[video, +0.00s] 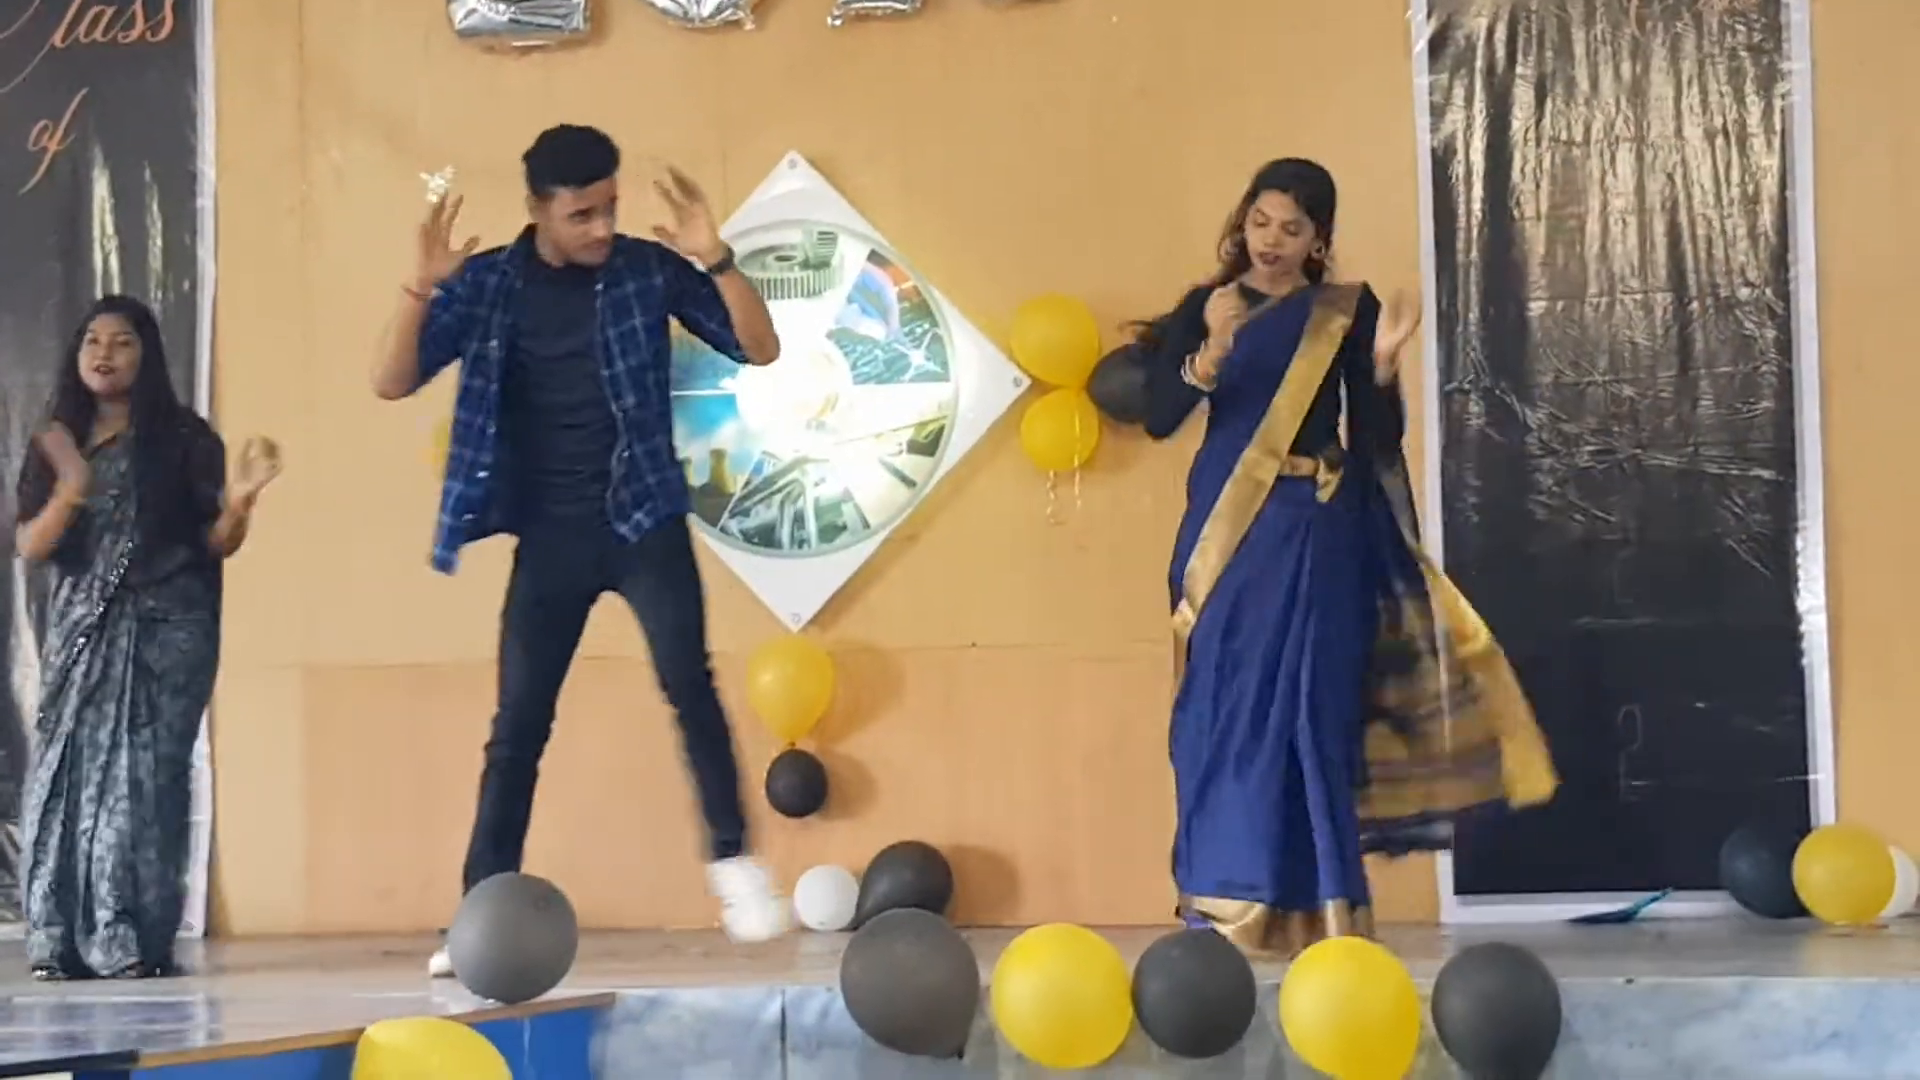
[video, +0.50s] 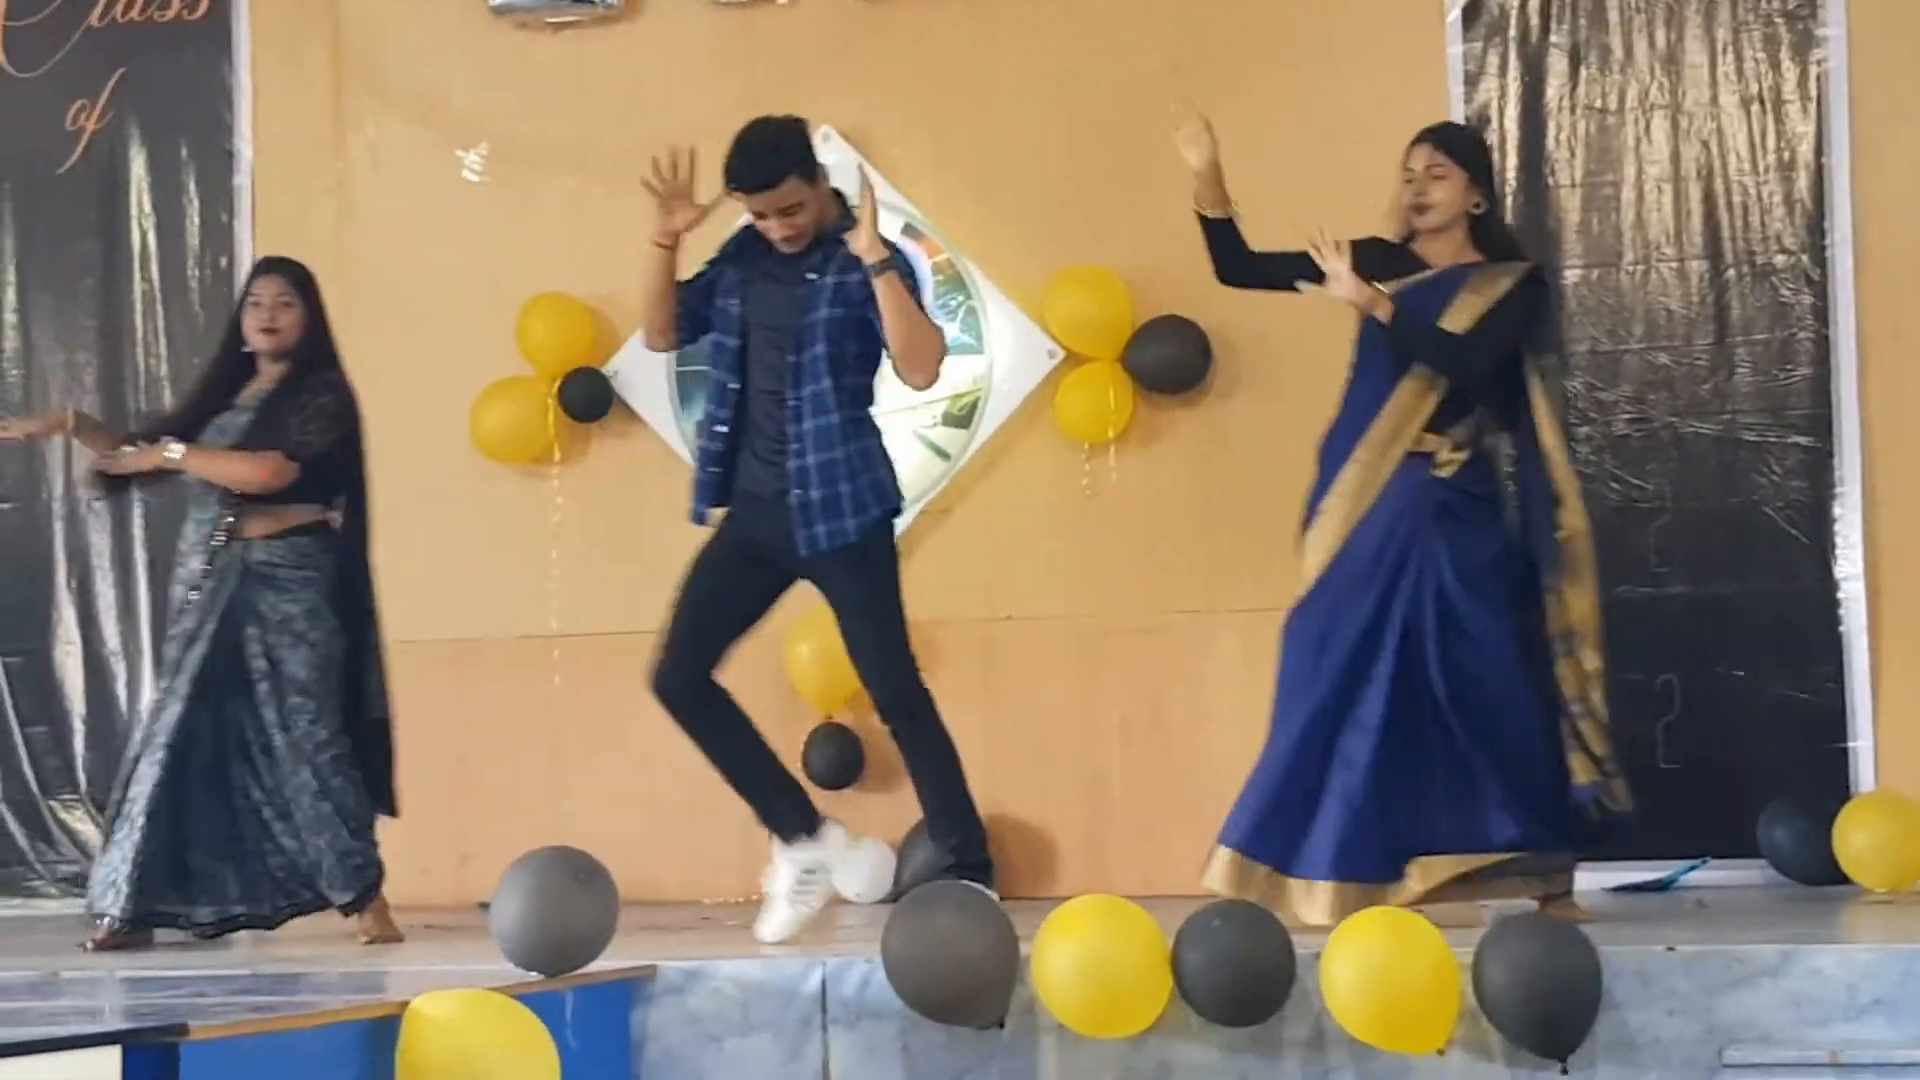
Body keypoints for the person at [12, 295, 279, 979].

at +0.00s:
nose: (104, 355)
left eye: (121, 344)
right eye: (93, 342)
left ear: (148, 356)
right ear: (77, 355)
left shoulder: (189, 439)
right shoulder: (56, 441)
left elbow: (217, 545)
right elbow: (31, 546)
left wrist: (237, 508)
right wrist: (69, 486)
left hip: (169, 628)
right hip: (86, 628)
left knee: (148, 775)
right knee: (70, 771)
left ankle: (136, 939)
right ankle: (61, 938)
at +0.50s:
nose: (267, 316)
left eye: (284, 305)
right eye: (256, 305)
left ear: (311, 318)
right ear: (240, 318)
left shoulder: (324, 395)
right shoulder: (225, 398)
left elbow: (274, 473)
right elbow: (139, 456)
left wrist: (170, 456)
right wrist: (76, 423)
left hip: (290, 580)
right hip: (217, 581)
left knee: (309, 736)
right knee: (174, 729)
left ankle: (366, 894)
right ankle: (130, 906)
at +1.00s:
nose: (405, 275)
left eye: (418, 265)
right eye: (390, 265)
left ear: (435, 280)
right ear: (366, 282)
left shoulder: (464, 365)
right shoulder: (338, 367)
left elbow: (508, 457)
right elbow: (303, 458)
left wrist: (452, 493)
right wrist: (277, 522)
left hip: (422, 551)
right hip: (342, 551)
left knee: (422, 703)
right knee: (322, 692)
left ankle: (443, 869)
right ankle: (350, 864)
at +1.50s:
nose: (293, 288)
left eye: (307, 274)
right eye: (279, 276)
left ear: (332, 281)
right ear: (262, 286)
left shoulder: (366, 354)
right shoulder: (244, 352)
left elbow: (449, 411)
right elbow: (146, 404)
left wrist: (411, 341)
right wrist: (133, 321)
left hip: (355, 537)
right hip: (270, 541)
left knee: (374, 687)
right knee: (257, 690)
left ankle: (431, 849)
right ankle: (247, 856)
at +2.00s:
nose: (284, 254)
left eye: (299, 242)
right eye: (271, 242)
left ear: (321, 256)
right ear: (251, 256)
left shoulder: (347, 331)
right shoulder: (227, 332)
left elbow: (427, 386)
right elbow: (130, 383)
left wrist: (386, 313)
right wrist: (96, 300)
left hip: (336, 518)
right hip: (256, 523)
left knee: (359, 663)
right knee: (240, 673)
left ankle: (412, 809)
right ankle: (226, 843)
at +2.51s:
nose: (412, 237)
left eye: (424, 227)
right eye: (397, 226)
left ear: (440, 240)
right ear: (373, 240)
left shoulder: (460, 317)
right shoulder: (345, 313)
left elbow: (540, 383)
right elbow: (271, 388)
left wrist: (499, 326)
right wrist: (246, 324)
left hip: (441, 496)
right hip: (360, 498)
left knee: (443, 656)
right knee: (347, 651)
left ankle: (453, 828)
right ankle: (340, 817)